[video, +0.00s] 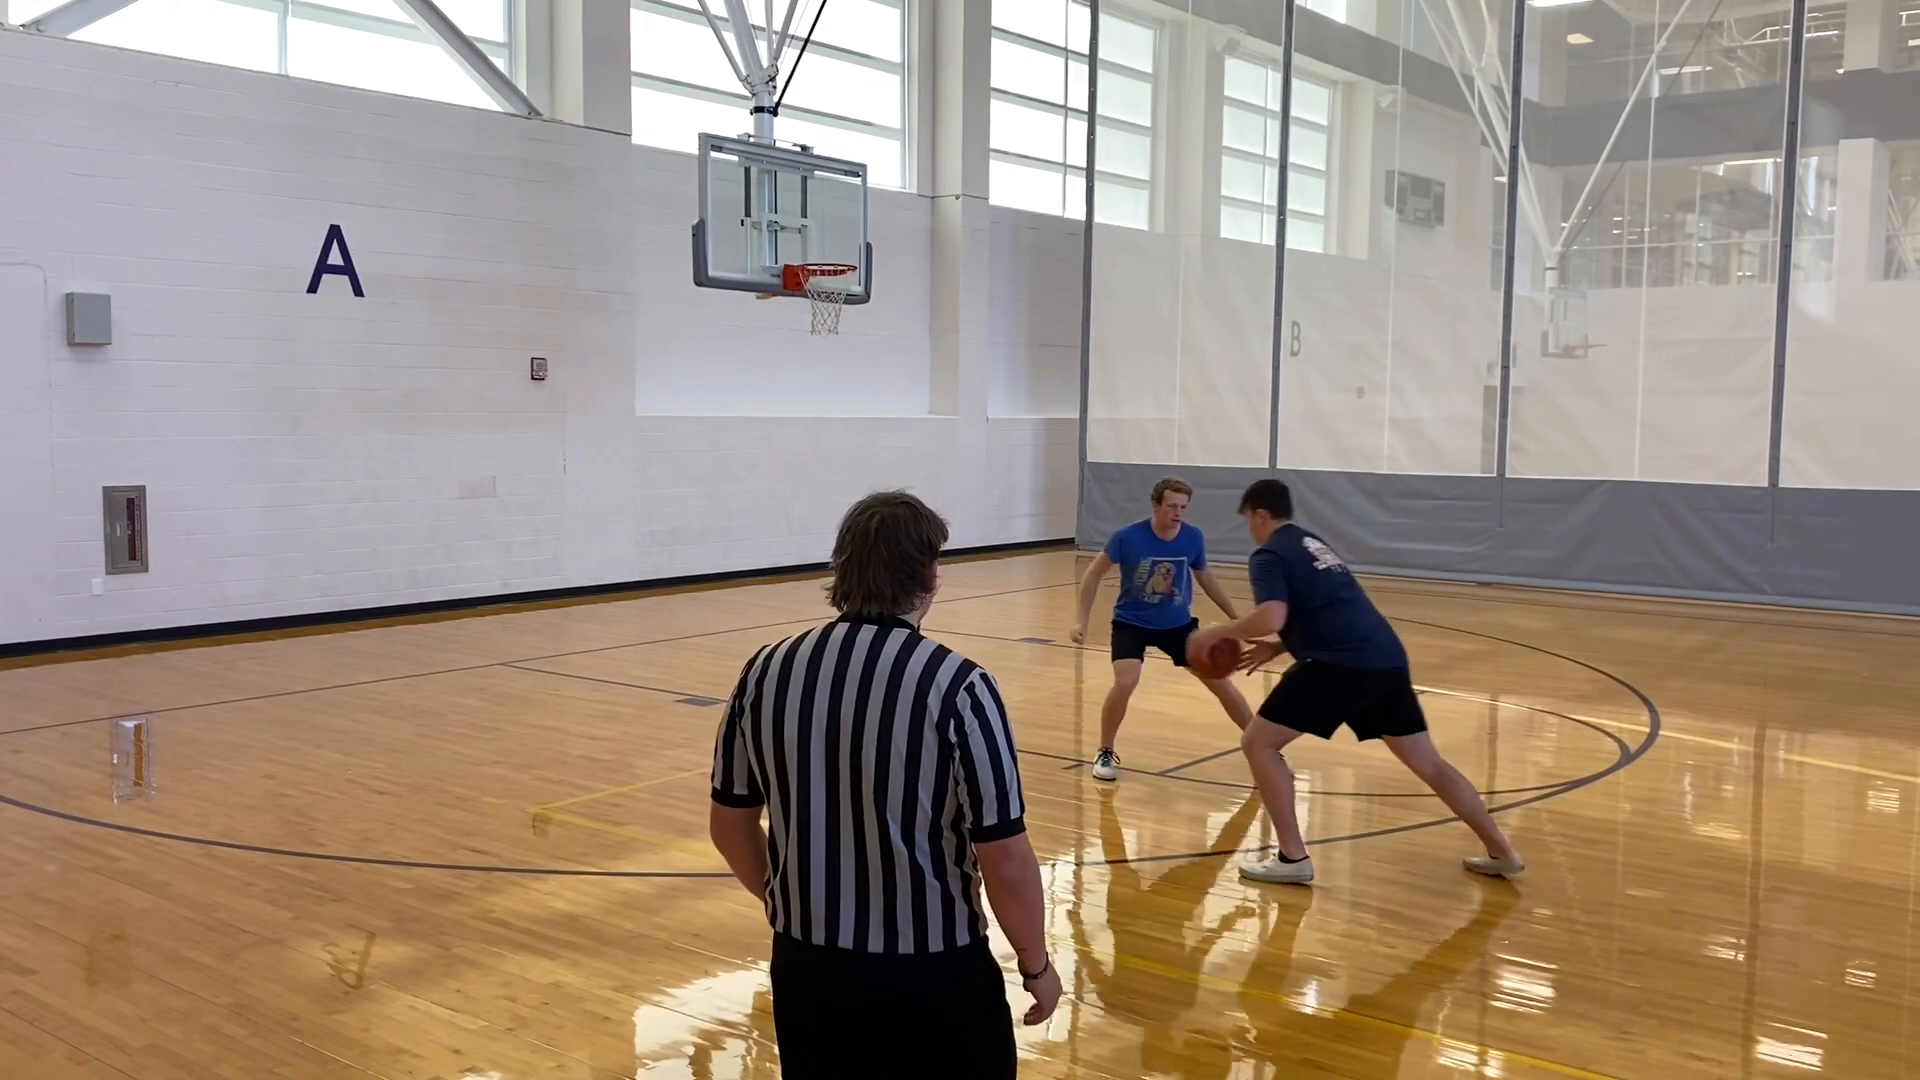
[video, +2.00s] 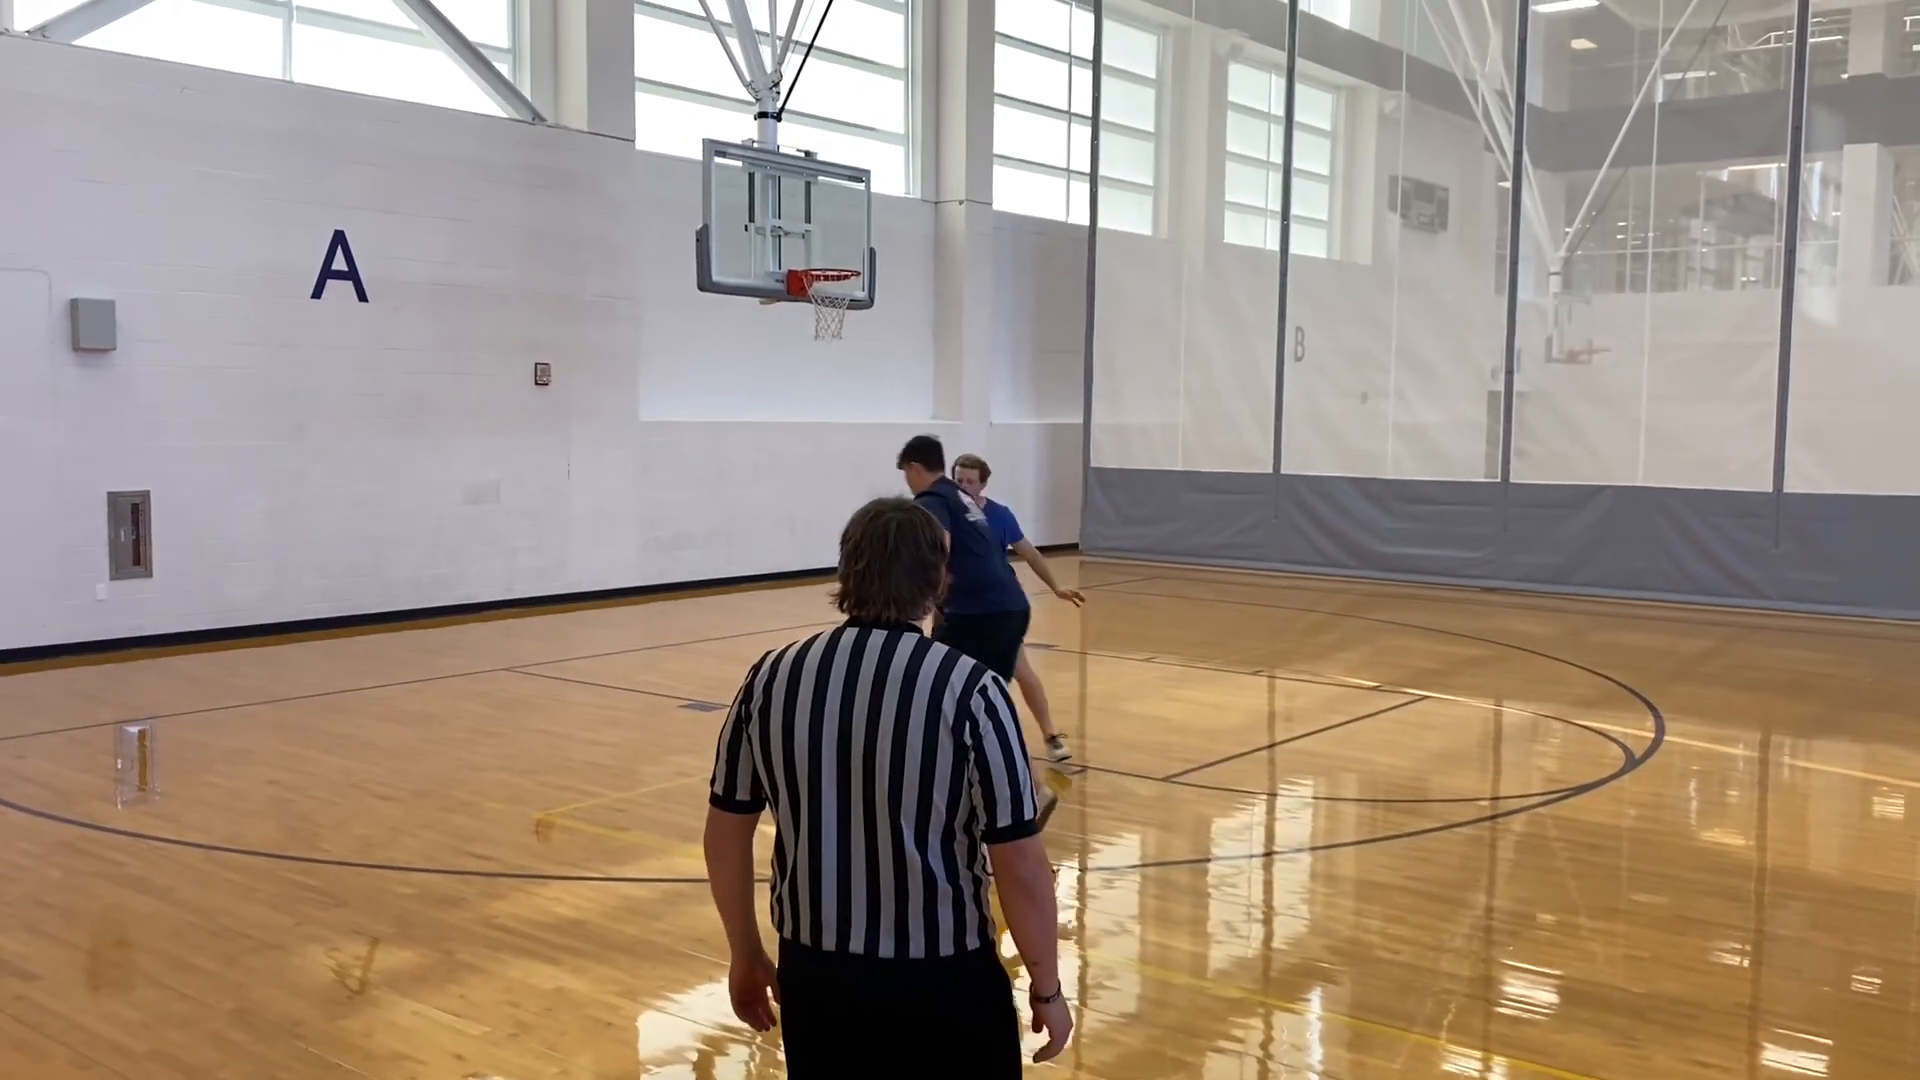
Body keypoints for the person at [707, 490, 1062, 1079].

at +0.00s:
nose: (940, 575)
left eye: (938, 559)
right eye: (937, 560)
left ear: (846, 566)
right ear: (926, 572)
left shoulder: (767, 670)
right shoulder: (959, 686)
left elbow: (731, 825)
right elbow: (1004, 855)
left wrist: (785, 900)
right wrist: (1036, 962)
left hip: (809, 979)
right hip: (940, 982)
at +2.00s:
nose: (950, 582)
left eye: (945, 566)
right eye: (947, 568)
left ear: (849, 572)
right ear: (937, 578)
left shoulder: (772, 676)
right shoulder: (973, 689)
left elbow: (725, 831)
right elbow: (1020, 862)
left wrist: (744, 950)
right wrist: (1047, 988)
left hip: (816, 984)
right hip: (948, 988)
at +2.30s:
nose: (949, 583)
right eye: (946, 570)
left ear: (847, 573)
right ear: (937, 581)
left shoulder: (772, 677)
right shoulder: (972, 691)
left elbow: (726, 832)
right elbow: (1019, 860)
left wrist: (749, 949)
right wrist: (1045, 978)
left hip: (816, 984)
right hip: (948, 988)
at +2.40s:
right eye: (946, 573)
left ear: (845, 575)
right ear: (937, 583)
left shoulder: (771, 677)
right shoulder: (971, 690)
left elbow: (726, 833)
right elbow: (1020, 861)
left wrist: (751, 948)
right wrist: (1045, 977)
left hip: (816, 982)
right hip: (949, 986)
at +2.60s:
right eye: (943, 568)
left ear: (842, 573)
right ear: (937, 579)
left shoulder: (771, 675)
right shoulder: (971, 687)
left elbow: (727, 831)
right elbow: (1020, 854)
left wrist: (757, 945)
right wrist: (1045, 973)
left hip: (817, 981)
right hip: (950, 984)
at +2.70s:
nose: (947, 581)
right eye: (942, 569)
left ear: (844, 571)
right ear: (934, 579)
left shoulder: (770, 673)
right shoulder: (969, 686)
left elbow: (725, 830)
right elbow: (1019, 856)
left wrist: (756, 944)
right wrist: (1042, 971)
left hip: (815, 981)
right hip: (947, 985)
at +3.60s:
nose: (939, 573)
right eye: (935, 561)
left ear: (841, 564)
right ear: (929, 572)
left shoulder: (768, 671)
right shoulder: (969, 682)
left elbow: (724, 826)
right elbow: (1019, 851)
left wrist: (757, 940)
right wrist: (1037, 953)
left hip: (815, 974)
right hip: (948, 977)